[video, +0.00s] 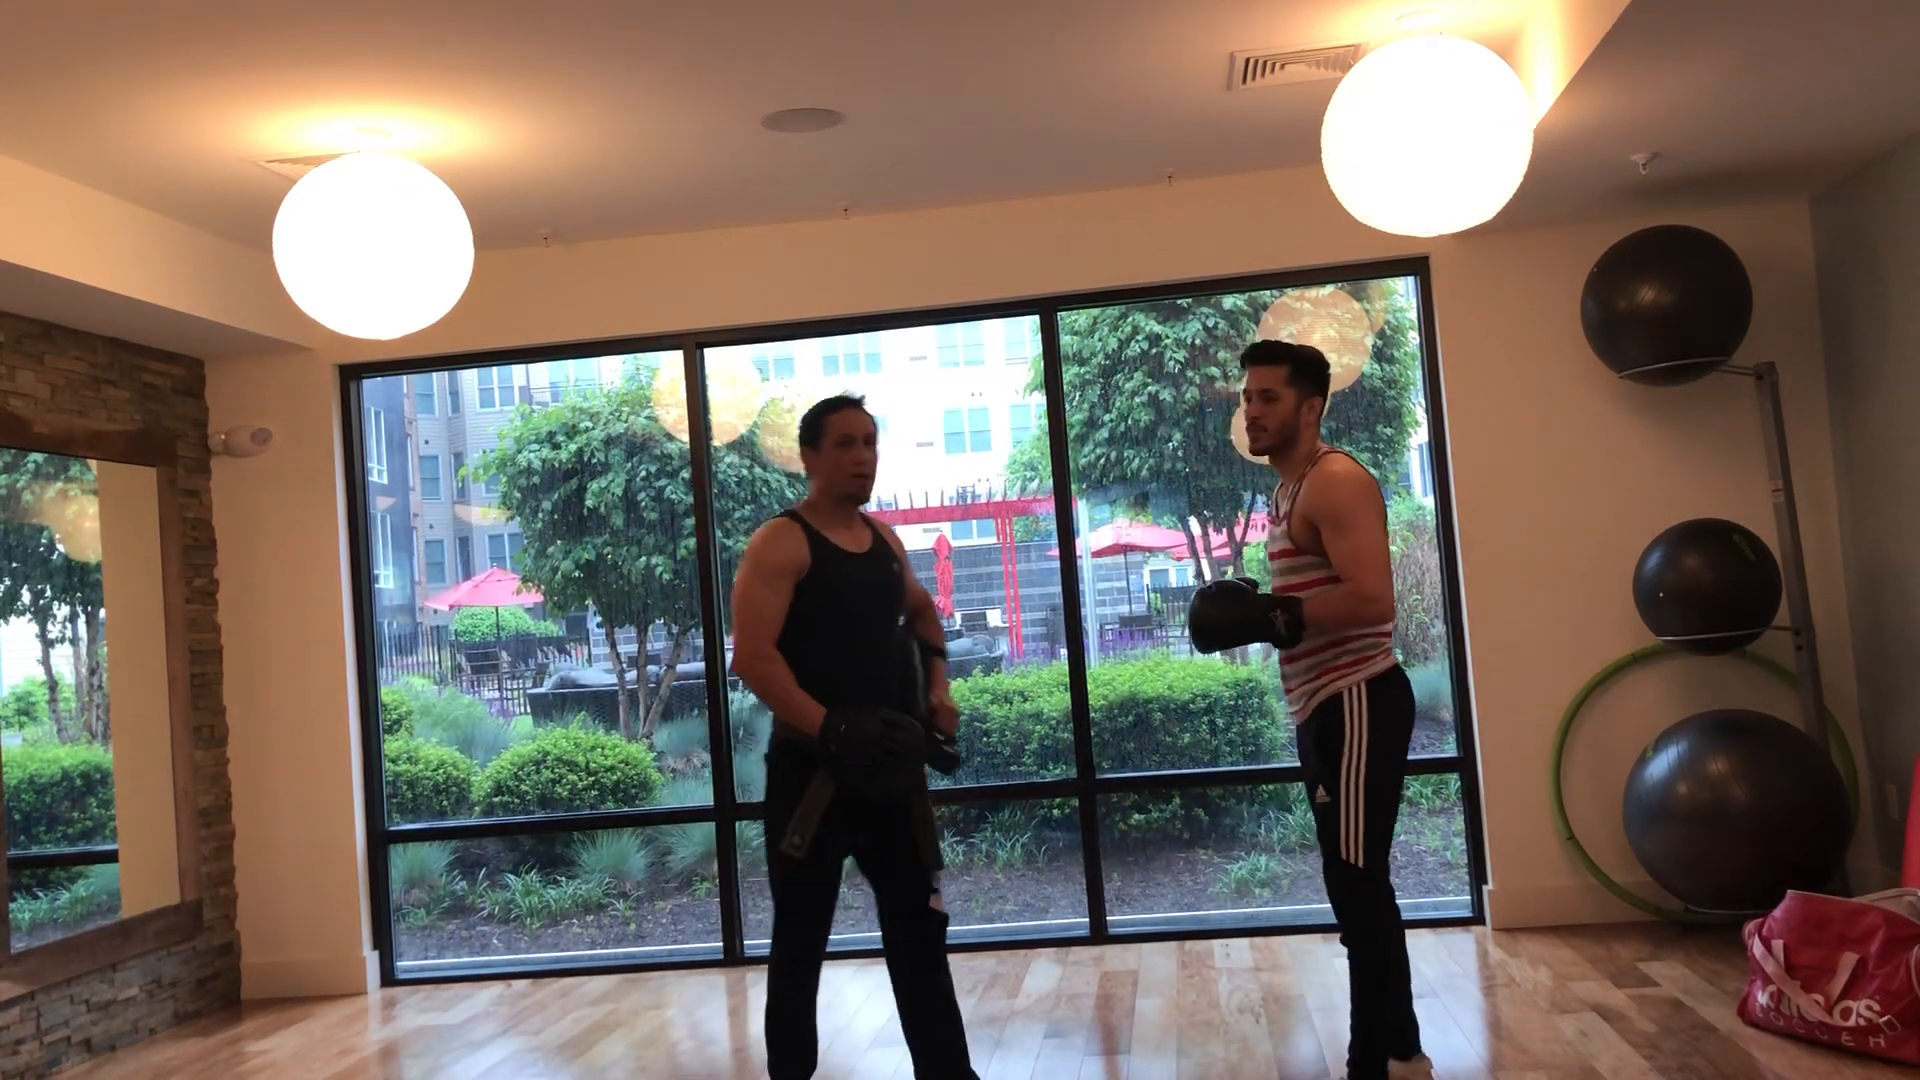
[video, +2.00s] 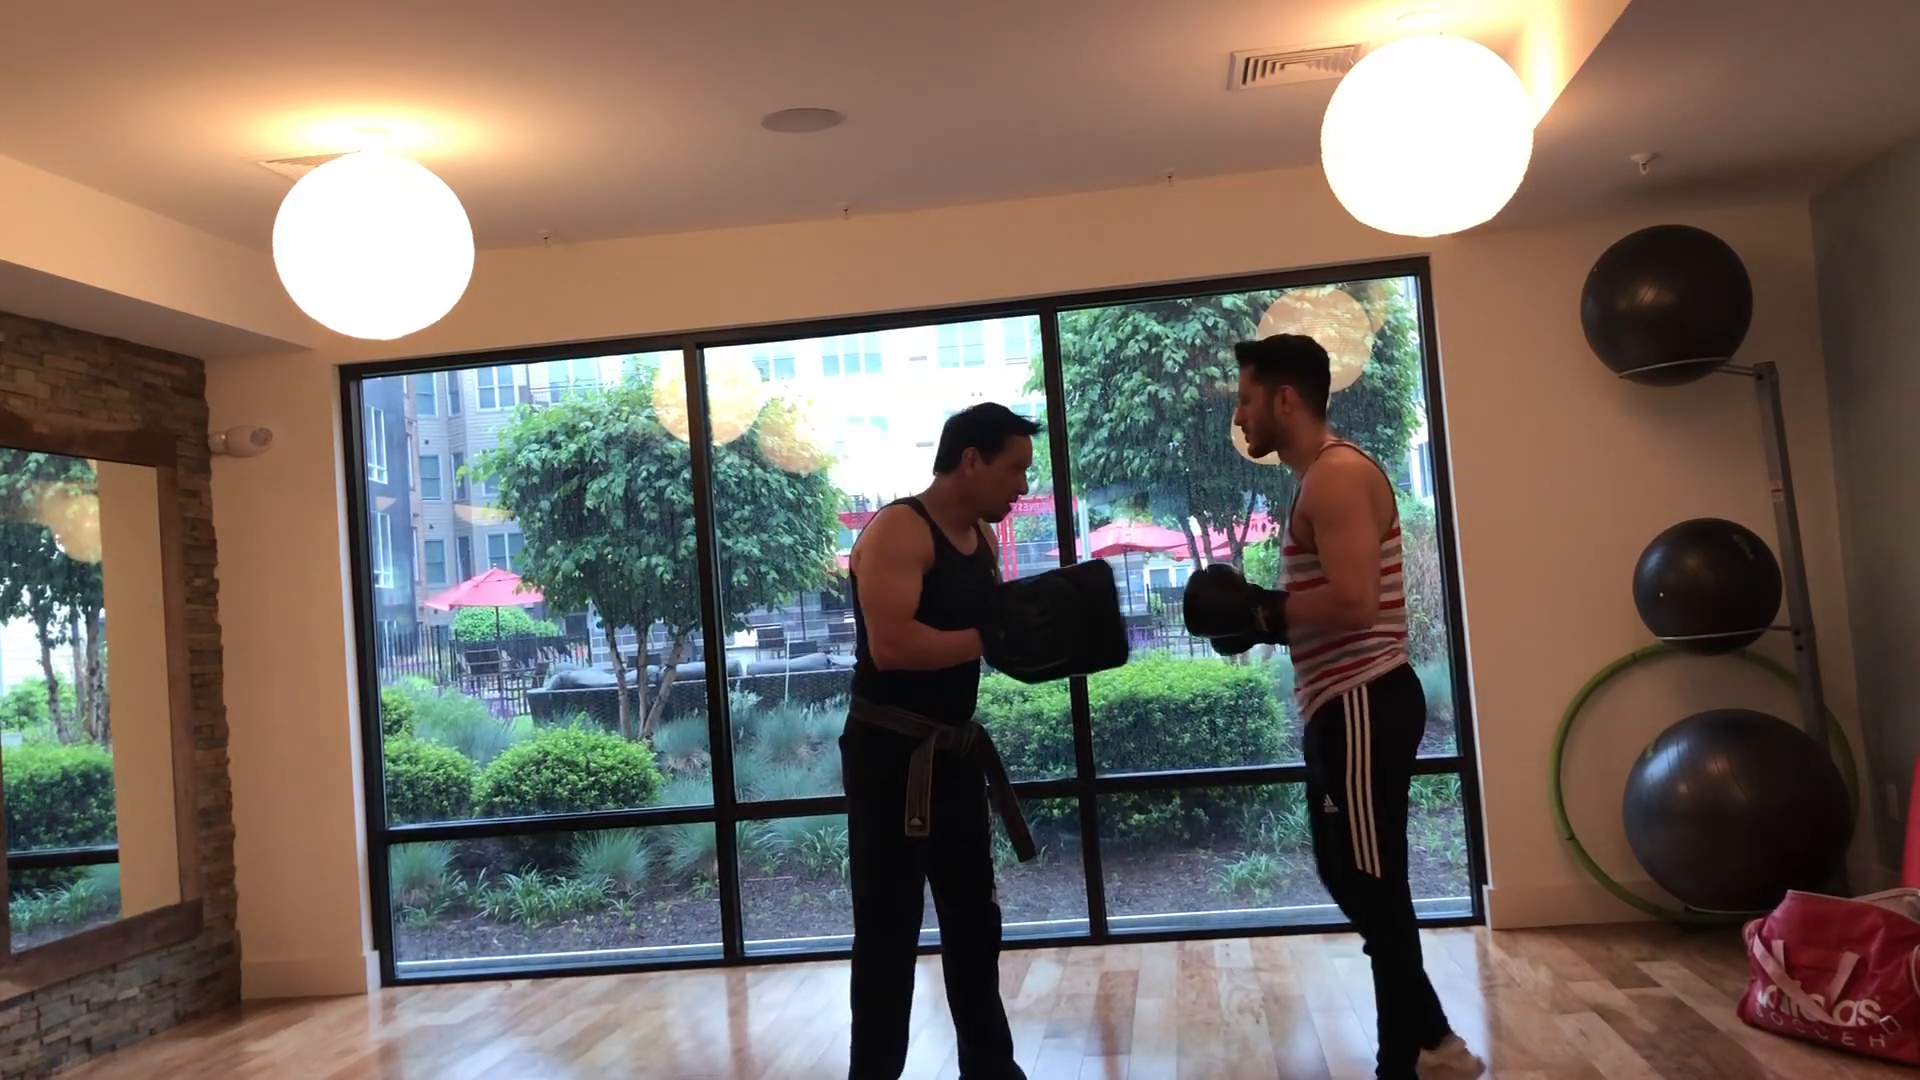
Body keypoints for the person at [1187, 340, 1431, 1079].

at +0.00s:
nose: (1252, 411)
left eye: (1268, 397)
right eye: (1248, 398)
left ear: (1311, 405)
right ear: (1251, 405)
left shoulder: (1338, 480)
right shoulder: (1293, 488)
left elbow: (1374, 602)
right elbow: (1321, 596)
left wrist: (1273, 615)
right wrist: (1255, 609)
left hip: (1360, 698)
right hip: (1328, 701)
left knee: (1356, 883)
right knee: (1354, 881)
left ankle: (1371, 1064)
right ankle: (1399, 1045)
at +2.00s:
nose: (1237, 413)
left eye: (1245, 398)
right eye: (1238, 399)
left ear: (1283, 397)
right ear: (1291, 400)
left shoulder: (1337, 475)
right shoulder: (1321, 478)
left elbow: (1354, 603)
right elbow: (1337, 597)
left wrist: (1263, 613)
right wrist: (1261, 608)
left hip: (1365, 698)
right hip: (1343, 699)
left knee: (1370, 879)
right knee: (1348, 874)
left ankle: (1402, 1062)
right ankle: (1432, 1041)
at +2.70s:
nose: (1232, 483)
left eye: (1234, 465)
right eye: (1227, 468)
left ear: (1270, 450)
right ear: (1286, 448)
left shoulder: (1297, 496)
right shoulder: (1368, 476)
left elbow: (1331, 597)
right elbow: (1355, 603)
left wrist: (1262, 626)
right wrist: (1265, 585)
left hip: (1408, 698)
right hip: (1461, 686)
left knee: (1364, 893)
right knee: (1427, 870)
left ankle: (1388, 1068)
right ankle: (1465, 1037)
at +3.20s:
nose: (1229, 540)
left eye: (1234, 520)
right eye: (1226, 523)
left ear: (1277, 514)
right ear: (1283, 514)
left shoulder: (1352, 578)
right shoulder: (1346, 566)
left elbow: (1294, 708)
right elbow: (1299, 686)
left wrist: (1243, 627)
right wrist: (1251, 634)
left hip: (1483, 759)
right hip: (1455, 757)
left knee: (1389, 934)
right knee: (1407, 924)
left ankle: (1431, 1072)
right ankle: (1474, 1058)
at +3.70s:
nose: (1258, 505)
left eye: (1260, 483)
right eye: (1251, 490)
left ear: (1305, 463)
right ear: (1316, 468)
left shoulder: (1336, 523)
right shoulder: (1388, 506)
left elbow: (1351, 628)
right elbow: (1385, 632)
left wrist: (1260, 652)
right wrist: (1296, 618)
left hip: (1456, 728)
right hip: (1487, 718)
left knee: (1427, 912)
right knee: (1445, 900)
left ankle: (1452, 1069)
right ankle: (1483, 1051)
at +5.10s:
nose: (1269, 554)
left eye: (1274, 539)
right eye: (1268, 539)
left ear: (1315, 535)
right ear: (1320, 533)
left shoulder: (1414, 601)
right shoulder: (1359, 580)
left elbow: (1349, 731)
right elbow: (1383, 662)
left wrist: (1293, 646)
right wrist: (1320, 702)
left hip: (1508, 752)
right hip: (1458, 750)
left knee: (1414, 919)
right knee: (1427, 914)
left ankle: (1458, 1075)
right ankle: (1547, 1038)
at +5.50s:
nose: (1258, 495)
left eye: (1259, 476)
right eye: (1254, 480)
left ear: (1298, 462)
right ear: (1308, 463)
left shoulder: (1360, 522)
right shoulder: (1376, 509)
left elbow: (1342, 650)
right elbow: (1370, 644)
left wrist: (1260, 643)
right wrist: (1292, 654)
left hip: (1464, 723)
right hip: (1466, 717)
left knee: (1415, 910)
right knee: (1447, 893)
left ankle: (1457, 1067)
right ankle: (1493, 1044)